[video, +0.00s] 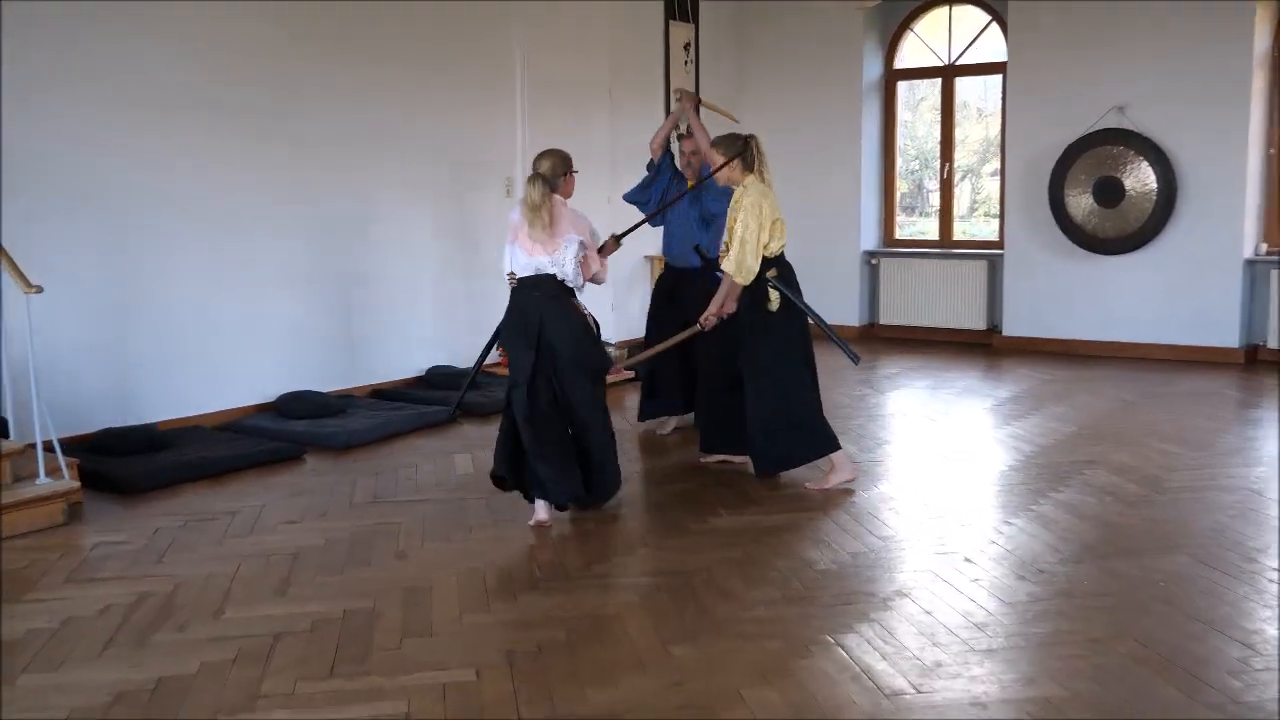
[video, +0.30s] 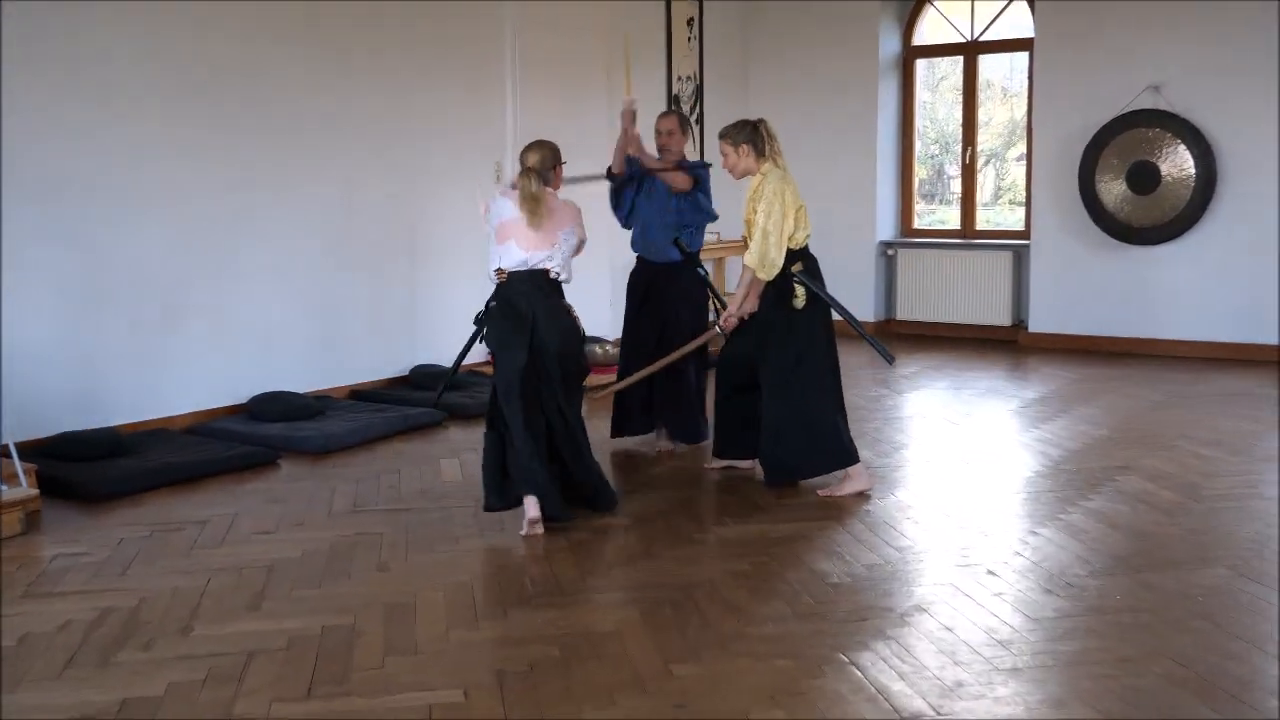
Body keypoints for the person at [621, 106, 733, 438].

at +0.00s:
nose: (688, 159)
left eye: (694, 153)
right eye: (684, 154)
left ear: (707, 156)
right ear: (678, 156)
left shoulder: (717, 189)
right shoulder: (672, 185)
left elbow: (713, 155)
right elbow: (657, 148)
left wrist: (692, 113)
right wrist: (677, 114)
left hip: (709, 279)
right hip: (674, 278)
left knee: (710, 349)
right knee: (666, 342)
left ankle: (714, 419)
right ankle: (674, 409)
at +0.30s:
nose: (664, 139)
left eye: (670, 134)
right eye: (659, 134)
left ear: (686, 138)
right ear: (654, 138)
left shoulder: (696, 172)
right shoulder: (643, 174)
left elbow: (680, 182)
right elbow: (617, 174)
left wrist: (641, 155)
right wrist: (624, 137)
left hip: (683, 273)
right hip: (647, 271)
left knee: (680, 348)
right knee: (646, 347)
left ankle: (675, 430)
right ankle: (655, 427)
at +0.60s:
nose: (632, 122)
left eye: (640, 116)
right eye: (628, 116)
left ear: (658, 121)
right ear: (623, 119)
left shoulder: (672, 164)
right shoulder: (611, 157)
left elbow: (684, 211)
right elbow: (584, 210)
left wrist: (632, 221)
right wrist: (601, 207)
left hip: (653, 270)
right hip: (610, 269)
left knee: (656, 351)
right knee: (601, 349)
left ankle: (660, 434)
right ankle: (587, 436)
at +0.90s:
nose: (611, 127)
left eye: (621, 121)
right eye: (606, 118)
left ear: (634, 127)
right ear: (597, 119)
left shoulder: (639, 176)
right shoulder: (573, 161)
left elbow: (632, 230)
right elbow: (563, 214)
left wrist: (594, 262)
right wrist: (565, 266)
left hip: (614, 278)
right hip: (569, 277)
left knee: (627, 359)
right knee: (563, 366)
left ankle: (638, 447)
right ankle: (560, 458)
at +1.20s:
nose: (583, 130)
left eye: (592, 123)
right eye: (577, 122)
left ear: (605, 125)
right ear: (566, 120)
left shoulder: (614, 166)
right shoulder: (545, 164)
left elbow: (614, 228)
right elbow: (540, 229)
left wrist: (576, 277)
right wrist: (546, 290)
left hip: (596, 277)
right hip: (548, 279)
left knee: (601, 360)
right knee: (550, 367)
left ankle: (598, 449)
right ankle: (552, 459)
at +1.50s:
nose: (568, 136)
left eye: (577, 128)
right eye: (561, 127)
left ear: (590, 129)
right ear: (551, 127)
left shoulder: (602, 167)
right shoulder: (533, 170)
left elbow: (606, 232)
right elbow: (533, 237)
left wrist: (571, 284)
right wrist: (541, 298)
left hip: (591, 280)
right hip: (543, 285)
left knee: (598, 363)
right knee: (548, 369)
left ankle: (597, 450)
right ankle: (550, 462)